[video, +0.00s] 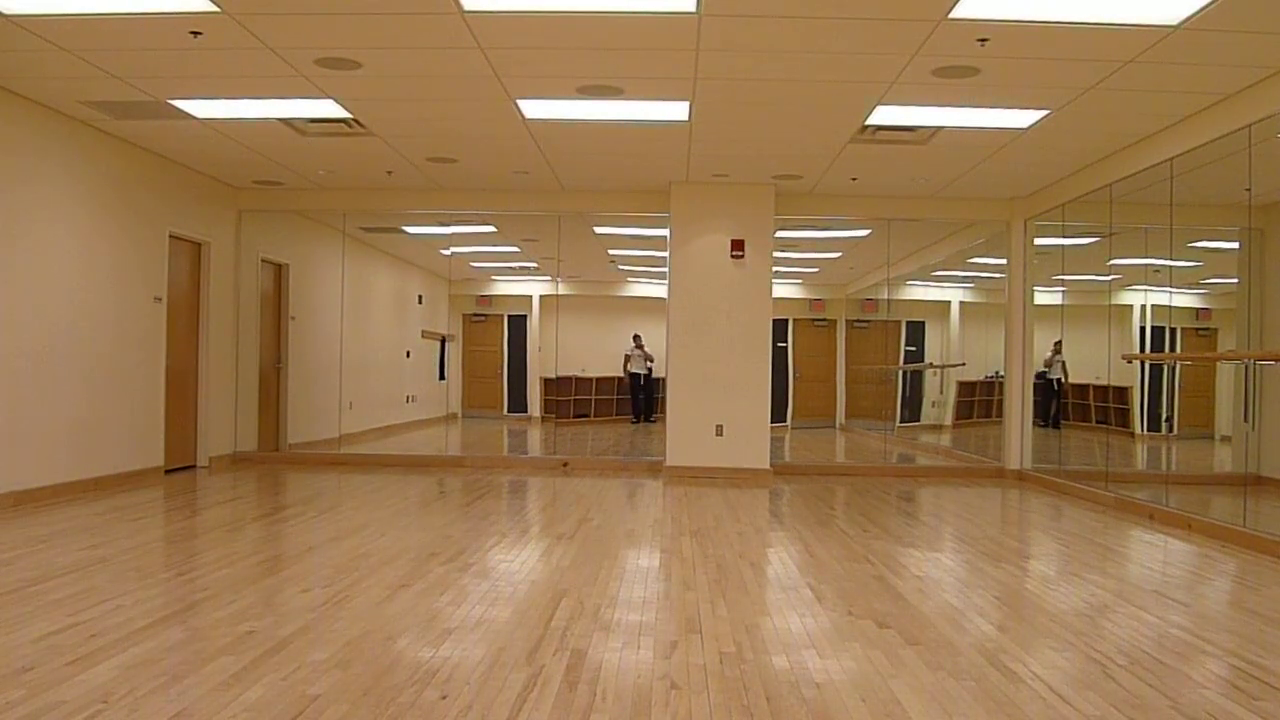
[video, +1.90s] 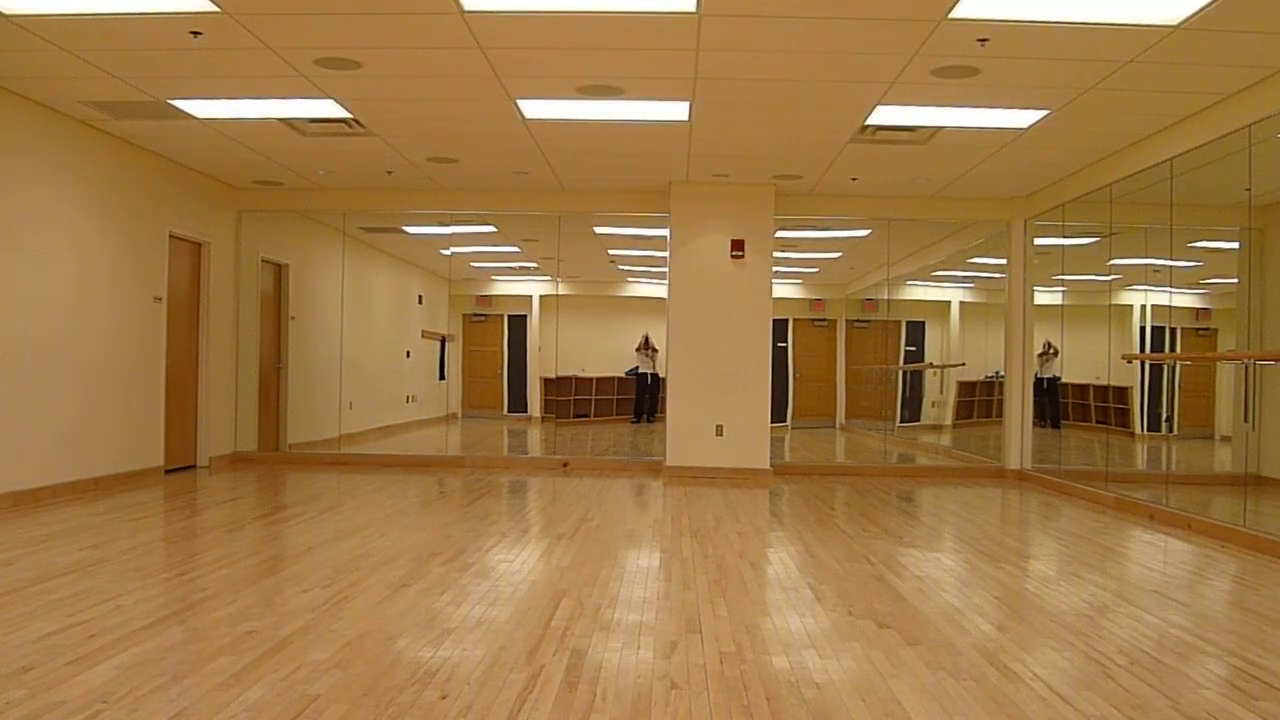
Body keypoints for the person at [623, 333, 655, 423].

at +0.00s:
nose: (638, 342)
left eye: (639, 340)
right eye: (636, 340)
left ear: (642, 340)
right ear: (634, 342)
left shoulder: (645, 350)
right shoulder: (631, 351)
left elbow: (651, 359)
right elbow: (625, 363)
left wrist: (643, 350)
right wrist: (625, 374)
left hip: (645, 372)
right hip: (635, 372)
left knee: (648, 394)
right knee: (635, 395)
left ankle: (648, 415)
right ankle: (636, 416)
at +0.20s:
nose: (639, 343)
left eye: (640, 341)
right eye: (637, 341)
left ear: (642, 341)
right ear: (634, 342)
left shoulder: (645, 352)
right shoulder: (631, 351)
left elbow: (654, 360)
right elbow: (625, 364)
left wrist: (649, 351)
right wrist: (629, 372)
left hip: (646, 373)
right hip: (636, 373)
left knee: (649, 394)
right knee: (635, 395)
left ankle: (650, 415)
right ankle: (636, 416)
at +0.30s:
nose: (639, 343)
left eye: (641, 341)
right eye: (638, 341)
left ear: (643, 341)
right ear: (635, 341)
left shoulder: (647, 351)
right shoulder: (632, 351)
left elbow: (655, 357)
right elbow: (625, 363)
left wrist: (651, 348)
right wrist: (634, 363)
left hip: (647, 373)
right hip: (637, 373)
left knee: (649, 394)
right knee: (636, 395)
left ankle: (650, 415)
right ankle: (636, 416)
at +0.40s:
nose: (640, 342)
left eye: (642, 341)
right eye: (639, 341)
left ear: (644, 341)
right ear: (636, 341)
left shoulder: (647, 351)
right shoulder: (635, 351)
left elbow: (654, 353)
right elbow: (629, 360)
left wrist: (651, 344)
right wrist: (634, 351)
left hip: (648, 372)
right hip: (637, 372)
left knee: (650, 394)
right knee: (637, 394)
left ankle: (650, 415)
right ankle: (636, 416)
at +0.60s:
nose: (642, 343)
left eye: (643, 342)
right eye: (641, 341)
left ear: (645, 343)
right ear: (638, 342)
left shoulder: (648, 352)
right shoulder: (635, 352)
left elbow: (652, 352)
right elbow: (636, 350)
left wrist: (648, 343)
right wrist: (638, 343)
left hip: (650, 371)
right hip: (640, 371)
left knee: (651, 395)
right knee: (639, 395)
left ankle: (650, 416)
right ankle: (637, 416)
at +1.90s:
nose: (646, 344)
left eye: (647, 342)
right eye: (644, 342)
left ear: (650, 343)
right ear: (642, 343)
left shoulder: (654, 352)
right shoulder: (639, 351)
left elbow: (654, 347)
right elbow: (638, 346)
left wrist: (650, 340)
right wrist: (642, 339)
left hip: (653, 373)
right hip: (642, 372)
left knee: (653, 395)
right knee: (640, 395)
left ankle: (651, 415)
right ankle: (637, 416)